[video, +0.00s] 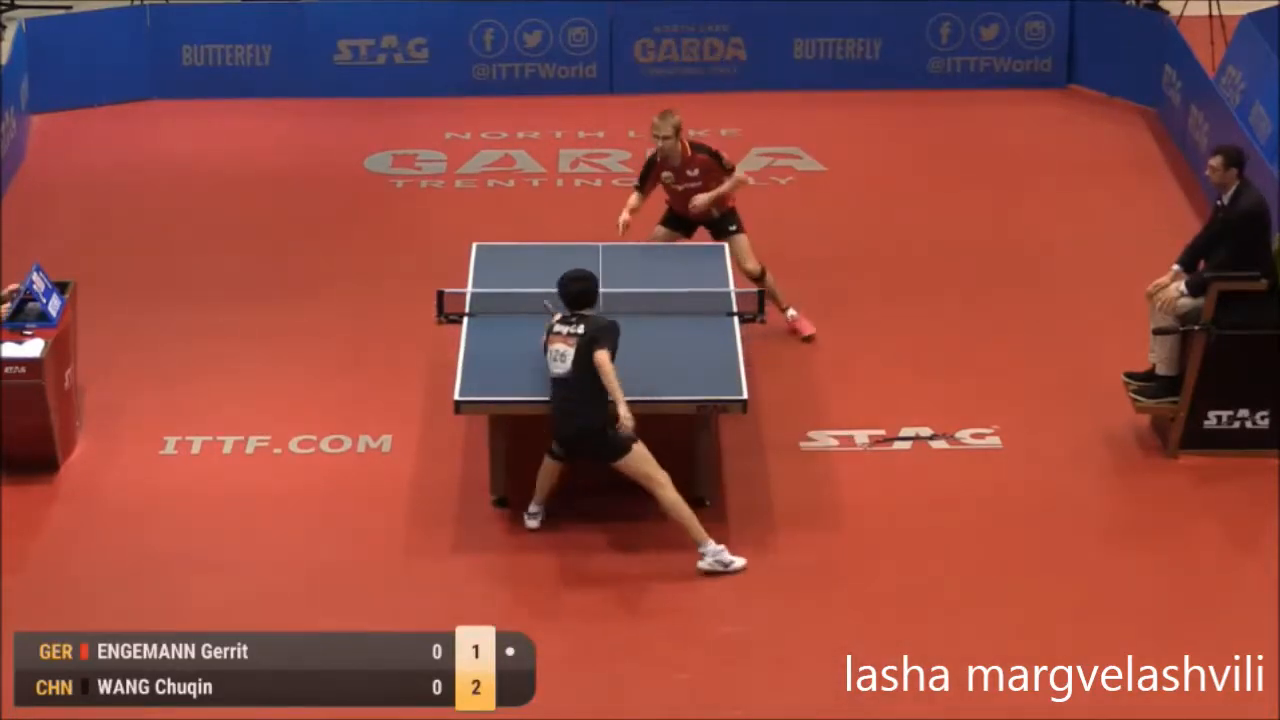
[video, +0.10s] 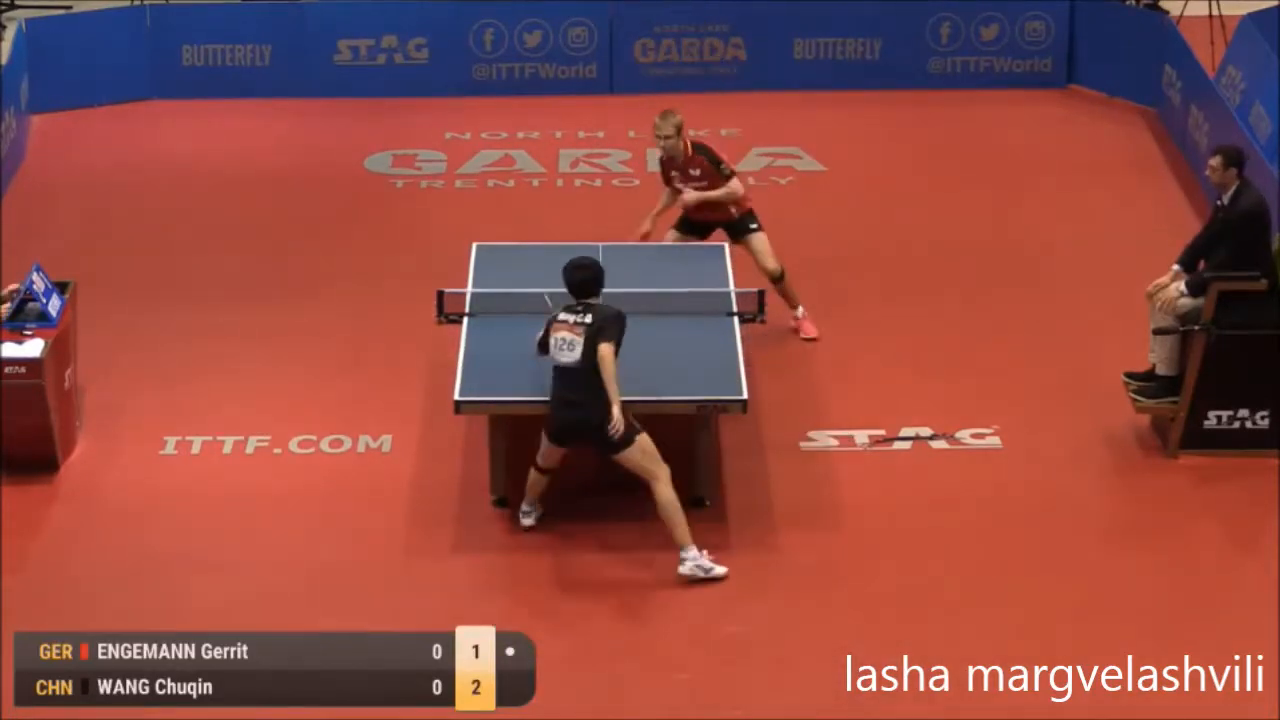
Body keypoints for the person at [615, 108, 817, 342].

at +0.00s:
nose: (660, 145)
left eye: (665, 139)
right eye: (656, 139)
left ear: (679, 136)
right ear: (653, 137)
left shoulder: (704, 155)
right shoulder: (656, 162)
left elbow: (738, 178)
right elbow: (641, 191)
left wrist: (711, 196)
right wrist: (627, 211)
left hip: (718, 212)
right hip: (681, 213)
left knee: (750, 268)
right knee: (651, 254)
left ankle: (789, 312)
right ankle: (651, 317)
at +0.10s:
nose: (663, 144)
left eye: (668, 138)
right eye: (659, 138)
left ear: (682, 136)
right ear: (655, 138)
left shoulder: (703, 153)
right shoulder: (665, 162)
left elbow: (737, 190)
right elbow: (673, 192)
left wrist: (698, 196)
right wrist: (651, 218)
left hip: (734, 212)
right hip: (698, 215)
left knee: (771, 268)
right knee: (665, 257)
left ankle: (799, 313)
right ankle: (670, 319)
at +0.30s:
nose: (684, 156)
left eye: (688, 150)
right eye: (681, 150)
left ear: (705, 146)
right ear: (683, 149)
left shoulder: (713, 168)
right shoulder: (725, 160)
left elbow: (692, 209)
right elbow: (766, 181)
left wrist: (686, 241)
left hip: (778, 231)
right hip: (751, 229)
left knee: (800, 304)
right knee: (701, 248)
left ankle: (869, 314)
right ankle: (712, 310)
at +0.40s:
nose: (724, 163)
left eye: (728, 157)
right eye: (722, 158)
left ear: (746, 155)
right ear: (746, 156)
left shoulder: (749, 177)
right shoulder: (765, 172)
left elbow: (738, 204)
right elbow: (797, 200)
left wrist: (738, 243)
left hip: (798, 253)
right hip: (780, 251)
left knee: (828, 320)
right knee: (724, 251)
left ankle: (895, 340)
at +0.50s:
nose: (753, 159)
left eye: (755, 153)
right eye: (752, 154)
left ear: (767, 150)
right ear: (769, 151)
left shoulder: (791, 167)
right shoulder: (778, 175)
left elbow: (816, 189)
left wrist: (786, 211)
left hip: (809, 257)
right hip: (781, 253)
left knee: (835, 323)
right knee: (727, 257)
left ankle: (899, 340)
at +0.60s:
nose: (784, 145)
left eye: (786, 139)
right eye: (783, 140)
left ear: (799, 136)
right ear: (793, 138)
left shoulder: (832, 160)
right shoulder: (788, 164)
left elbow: (858, 195)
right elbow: (748, 158)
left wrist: (831, 177)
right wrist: (755, 124)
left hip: (818, 249)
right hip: (785, 244)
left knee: (843, 309)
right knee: (726, 268)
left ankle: (900, 340)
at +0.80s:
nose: (792, 108)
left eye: (797, 103)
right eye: (791, 103)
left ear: (815, 101)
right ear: (791, 102)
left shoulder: (840, 132)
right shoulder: (788, 124)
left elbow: (857, 161)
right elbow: (749, 131)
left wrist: (854, 172)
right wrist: (759, 99)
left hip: (820, 212)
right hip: (782, 208)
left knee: (853, 268)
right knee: (731, 253)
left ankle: (886, 328)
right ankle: (709, 314)